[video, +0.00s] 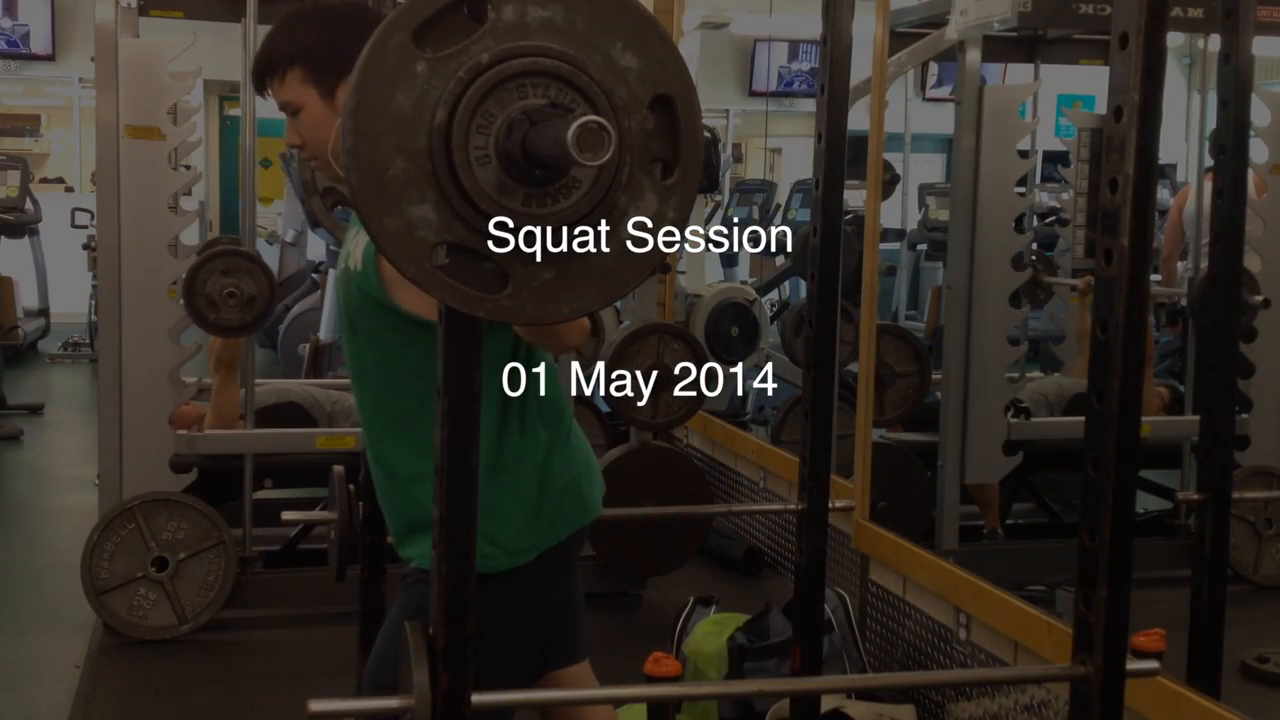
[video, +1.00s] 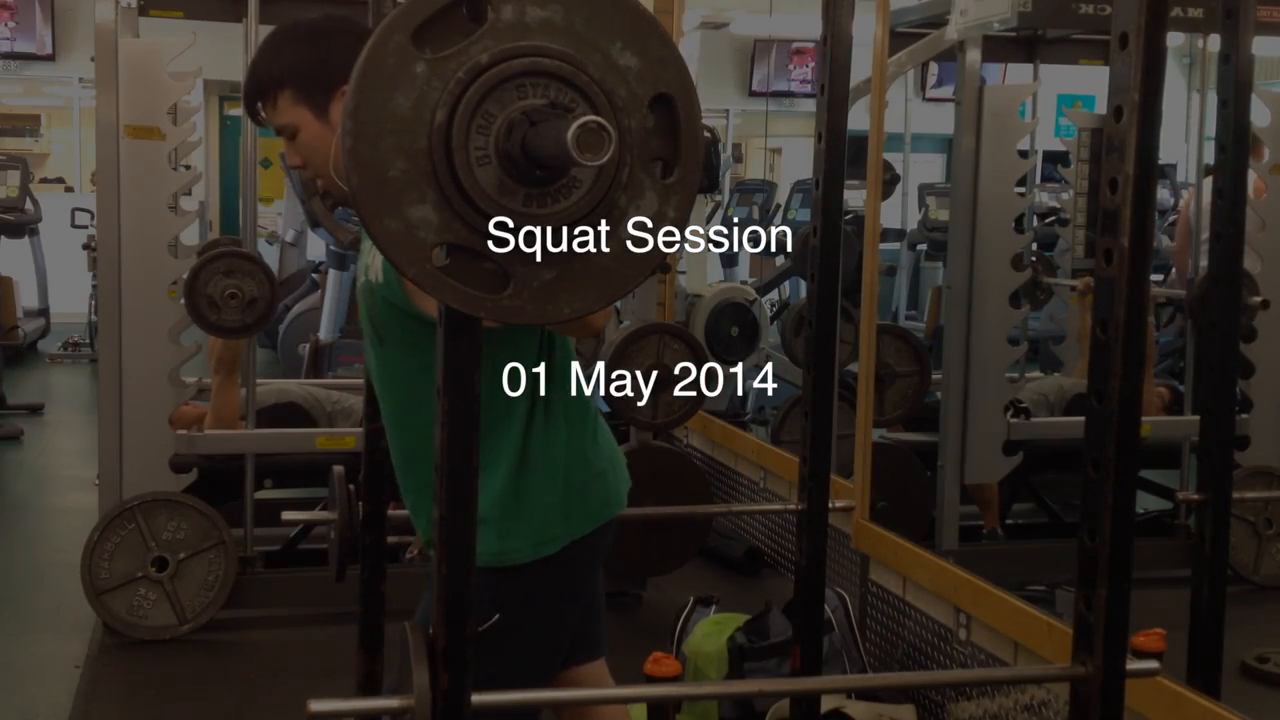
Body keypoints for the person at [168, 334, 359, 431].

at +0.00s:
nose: (191, 402)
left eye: (186, 403)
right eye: (186, 408)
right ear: (192, 426)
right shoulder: (221, 431)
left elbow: (224, 365)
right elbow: (225, 365)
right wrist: (230, 298)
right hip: (351, 418)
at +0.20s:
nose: (191, 403)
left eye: (186, 404)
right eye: (186, 409)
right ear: (192, 427)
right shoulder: (221, 432)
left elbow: (223, 364)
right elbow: (224, 365)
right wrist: (231, 299)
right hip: (357, 420)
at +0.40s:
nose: (192, 403)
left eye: (187, 404)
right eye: (186, 409)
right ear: (191, 427)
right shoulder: (222, 434)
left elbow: (223, 365)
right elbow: (224, 367)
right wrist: (231, 302)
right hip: (358, 421)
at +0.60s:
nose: (192, 403)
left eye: (187, 404)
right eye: (186, 409)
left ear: (195, 405)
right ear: (191, 427)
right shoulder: (221, 432)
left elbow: (223, 365)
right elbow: (224, 366)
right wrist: (231, 301)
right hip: (358, 420)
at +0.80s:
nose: (192, 403)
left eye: (187, 403)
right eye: (186, 409)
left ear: (195, 405)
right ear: (191, 427)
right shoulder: (221, 432)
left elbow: (222, 366)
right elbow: (224, 367)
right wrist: (231, 300)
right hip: (358, 422)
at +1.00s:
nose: (192, 402)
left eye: (187, 403)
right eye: (186, 409)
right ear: (192, 427)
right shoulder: (221, 432)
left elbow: (222, 366)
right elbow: (224, 368)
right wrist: (232, 301)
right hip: (359, 422)